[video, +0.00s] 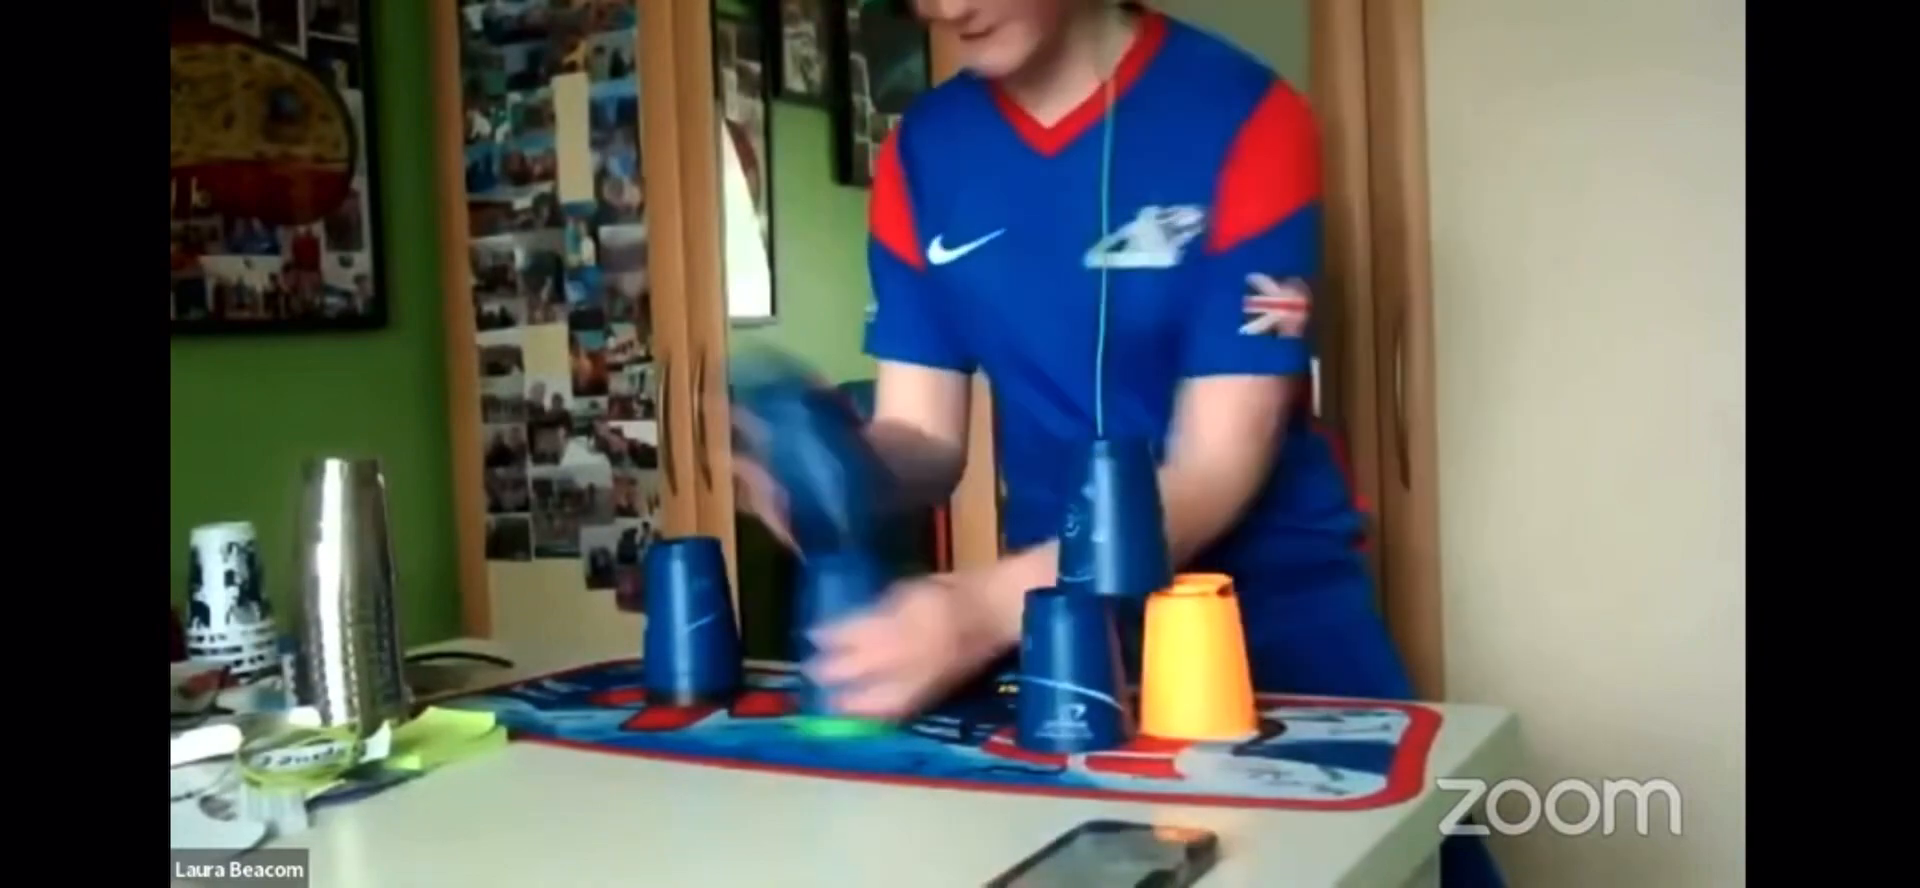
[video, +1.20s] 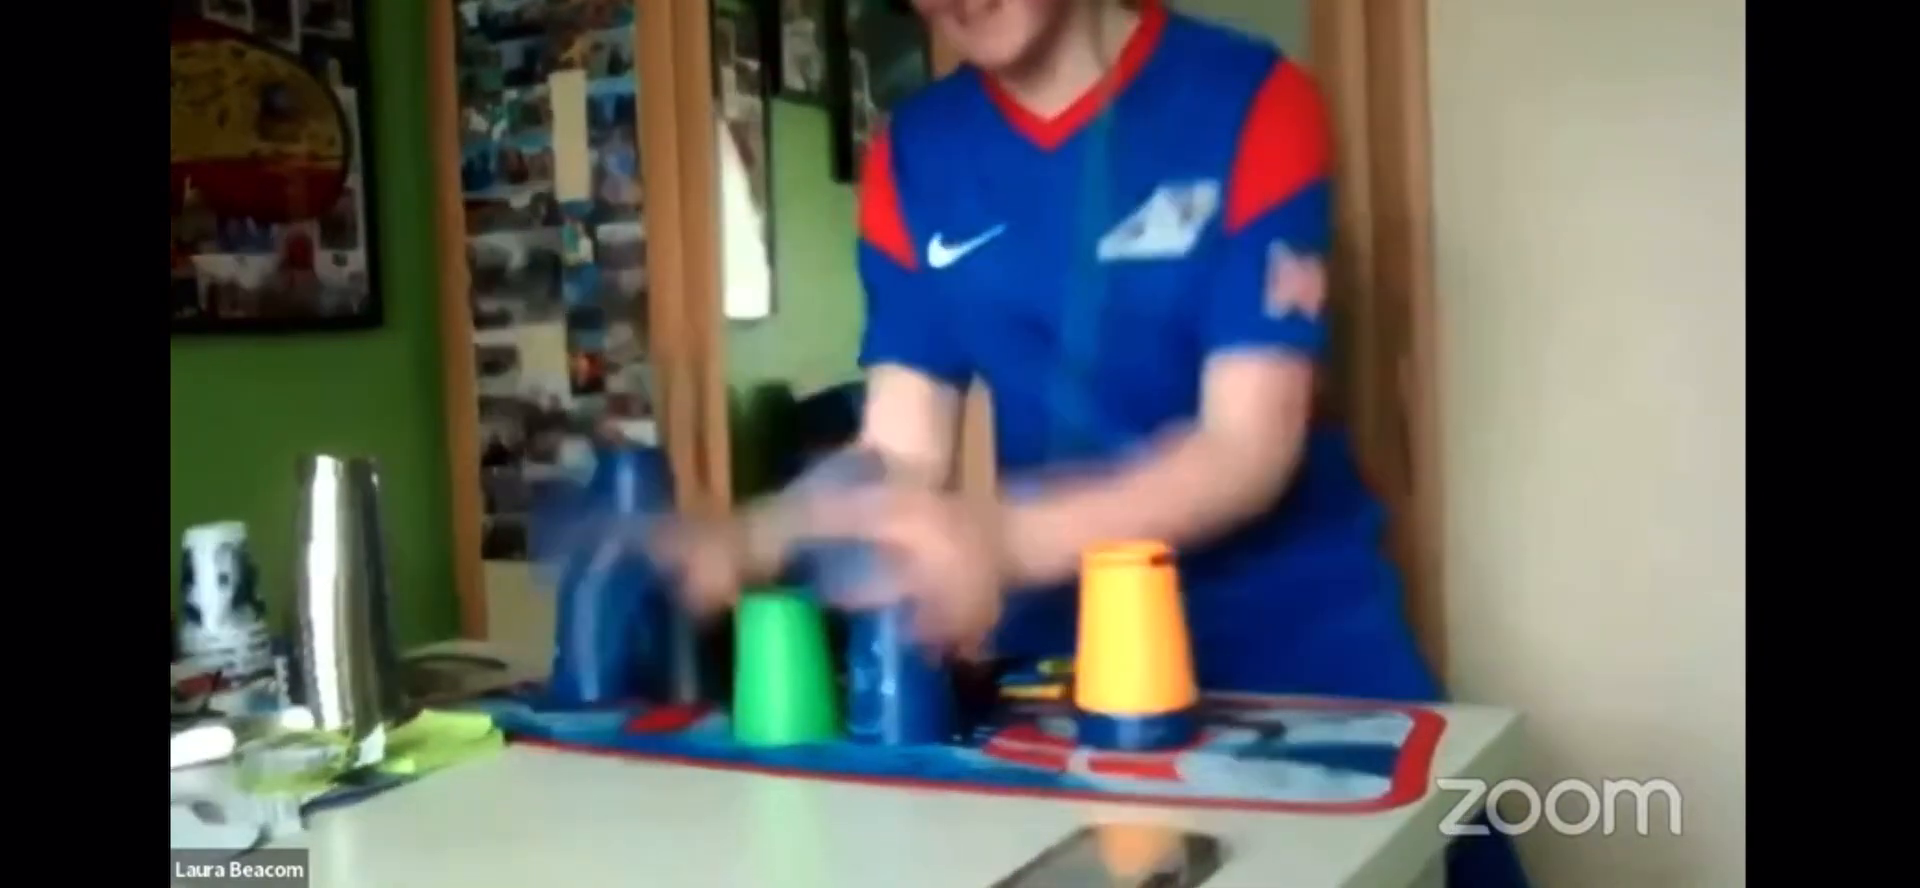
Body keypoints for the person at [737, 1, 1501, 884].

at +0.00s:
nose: (942, 5)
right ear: (911, 4)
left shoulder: (1243, 120)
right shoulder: (924, 150)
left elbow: (1220, 466)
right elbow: (921, 434)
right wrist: (827, 471)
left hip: (1280, 640)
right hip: (1063, 650)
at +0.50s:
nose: (848, 40)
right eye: (824, 17)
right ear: (816, 33)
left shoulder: (1160, 122)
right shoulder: (886, 180)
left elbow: (1161, 464)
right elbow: (902, 448)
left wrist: (855, 544)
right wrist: (733, 485)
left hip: (1251, 607)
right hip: (1061, 618)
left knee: (1331, 867)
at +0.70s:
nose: (836, 51)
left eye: (864, 4)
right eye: (809, 27)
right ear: (798, 46)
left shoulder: (1115, 134)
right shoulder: (878, 175)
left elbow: (1133, 468)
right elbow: (883, 447)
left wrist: (826, 490)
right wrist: (729, 498)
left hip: (1222, 600)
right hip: (1039, 602)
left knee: (1277, 864)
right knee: (1065, 865)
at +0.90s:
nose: (947, 28)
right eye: (911, 10)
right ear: (893, 29)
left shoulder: (1238, 134)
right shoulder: (899, 199)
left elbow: (1305, 436)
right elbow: (909, 471)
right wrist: (978, 471)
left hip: (1284, 643)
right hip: (1057, 675)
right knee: (1078, 871)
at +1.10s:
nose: (960, 2)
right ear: (921, 1)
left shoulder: (1253, 91)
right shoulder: (911, 144)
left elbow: (1269, 431)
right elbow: (910, 471)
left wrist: (991, 448)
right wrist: (749, 577)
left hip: (1302, 663)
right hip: (1058, 669)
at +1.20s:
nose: (957, 1)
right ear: (914, 5)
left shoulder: (1247, 104)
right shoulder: (915, 150)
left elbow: (1250, 452)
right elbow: (900, 465)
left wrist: (1013, 541)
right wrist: (752, 538)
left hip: (1290, 662)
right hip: (1057, 669)